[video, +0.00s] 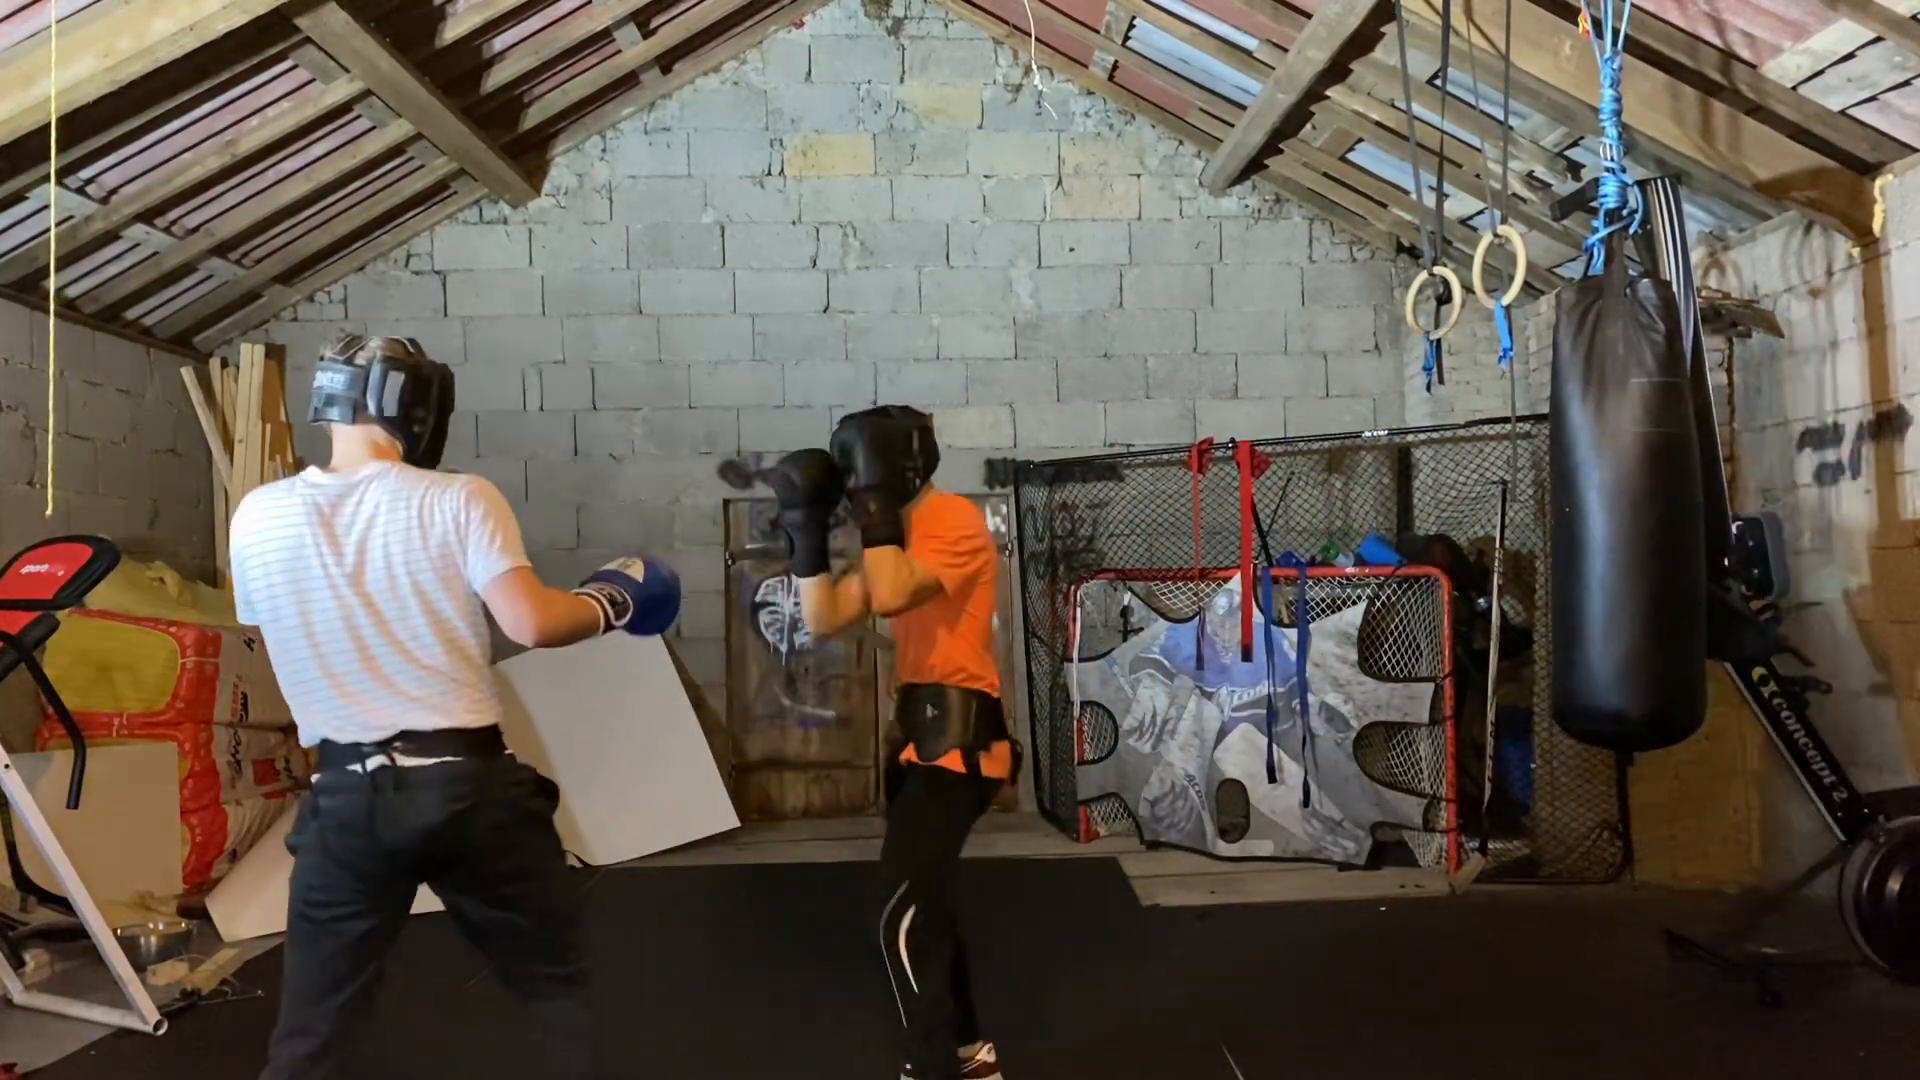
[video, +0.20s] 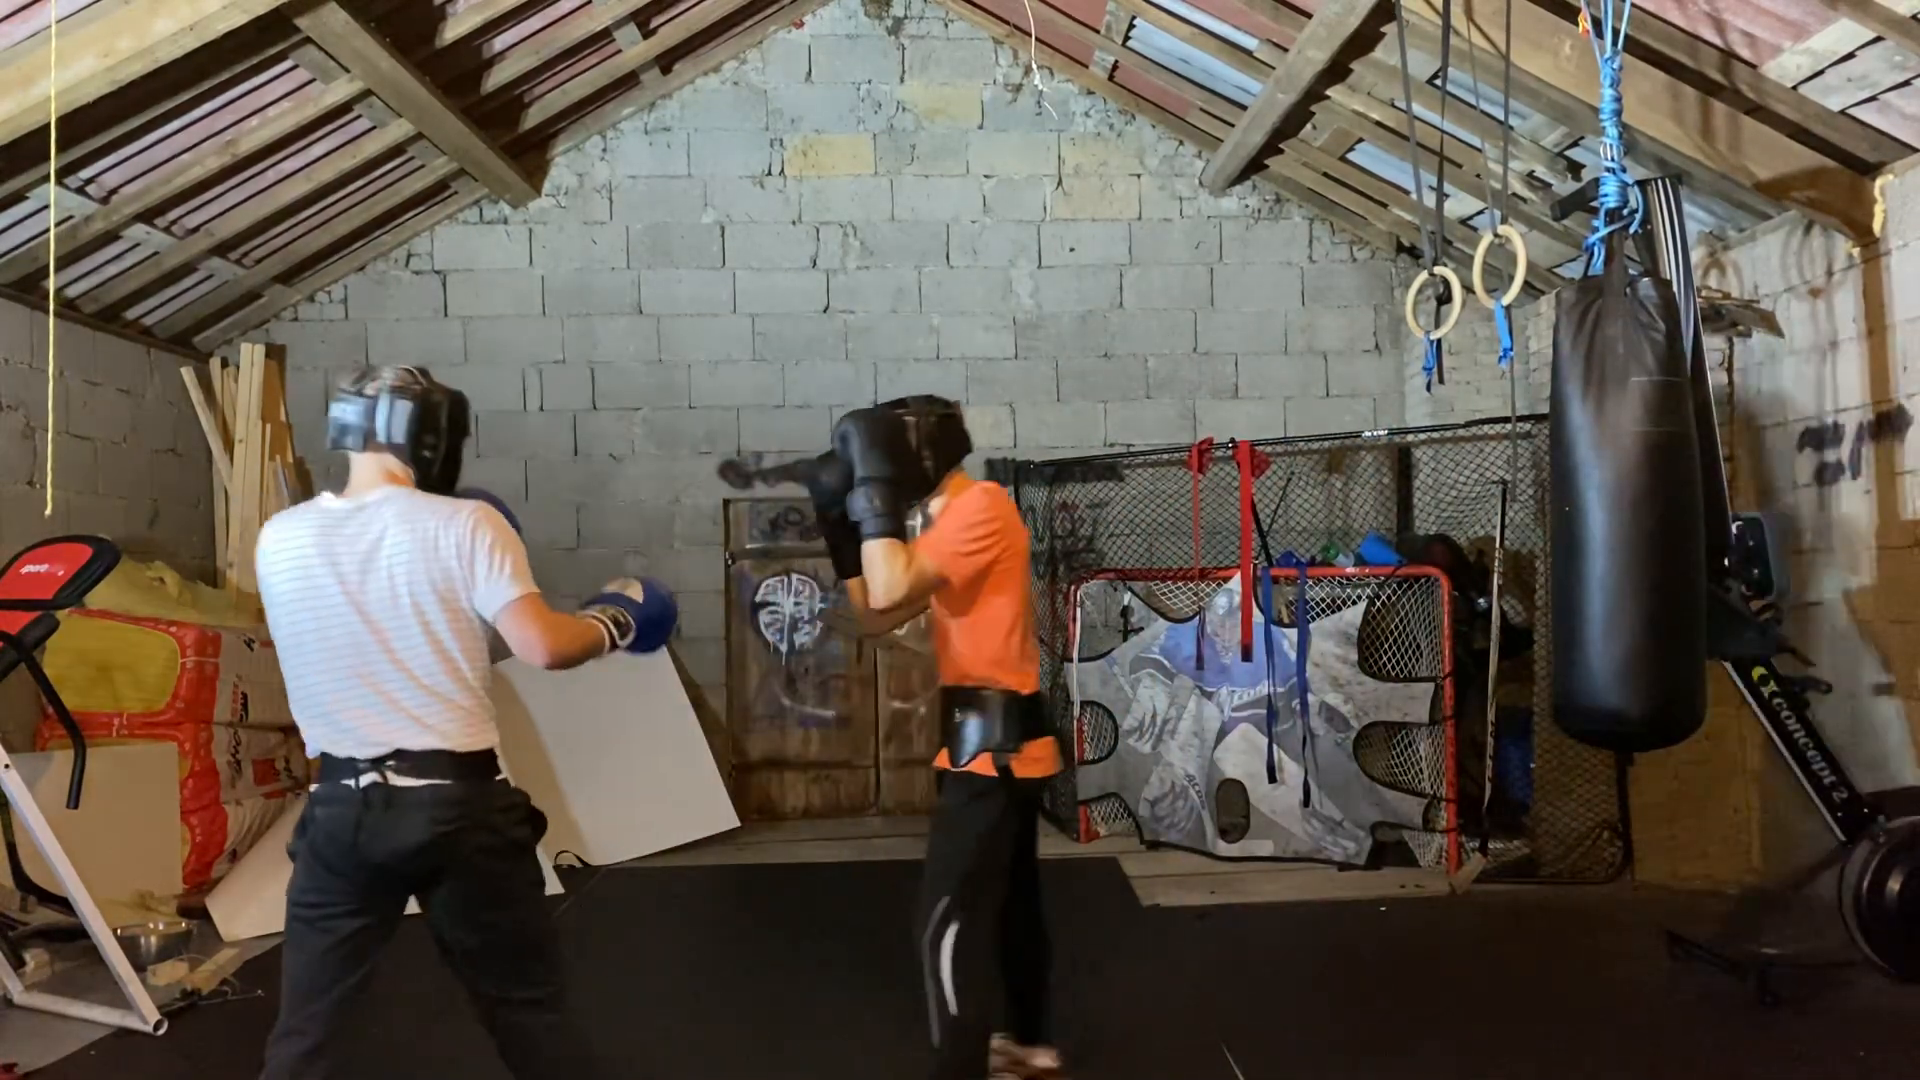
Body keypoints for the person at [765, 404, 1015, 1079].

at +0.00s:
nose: (860, 487)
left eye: (865, 474)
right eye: (857, 477)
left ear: (896, 466)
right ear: (904, 464)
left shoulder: (955, 519)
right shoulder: (898, 538)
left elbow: (890, 593)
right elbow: (824, 616)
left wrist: (873, 498)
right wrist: (806, 522)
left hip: (961, 736)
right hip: (922, 735)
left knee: (901, 916)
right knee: (926, 902)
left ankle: (931, 1067)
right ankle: (966, 1047)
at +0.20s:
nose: (878, 473)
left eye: (882, 459)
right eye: (878, 458)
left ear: (912, 457)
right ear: (935, 450)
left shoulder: (981, 508)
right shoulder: (947, 515)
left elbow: (888, 592)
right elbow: (873, 611)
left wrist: (876, 488)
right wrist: (836, 523)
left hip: (994, 735)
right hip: (989, 730)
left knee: (946, 921)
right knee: (1013, 899)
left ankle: (959, 1067)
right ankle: (1029, 1044)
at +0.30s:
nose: (914, 463)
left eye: (917, 450)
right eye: (915, 447)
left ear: (943, 451)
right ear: (964, 445)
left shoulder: (1013, 502)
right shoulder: (977, 509)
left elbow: (918, 591)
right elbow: (904, 603)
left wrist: (906, 484)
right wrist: (867, 519)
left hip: (1016, 747)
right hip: (1015, 741)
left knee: (972, 928)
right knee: (1044, 906)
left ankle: (977, 1068)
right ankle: (1138, 1046)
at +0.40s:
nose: (948, 473)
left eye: (950, 459)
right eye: (944, 457)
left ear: (978, 460)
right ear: (1013, 450)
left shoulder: (1051, 512)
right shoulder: (1016, 516)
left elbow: (956, 594)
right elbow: (933, 609)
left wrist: (941, 487)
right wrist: (901, 516)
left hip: (1039, 747)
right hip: (1044, 742)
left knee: (968, 937)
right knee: (1102, 912)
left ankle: (969, 1069)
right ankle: (1220, 1052)